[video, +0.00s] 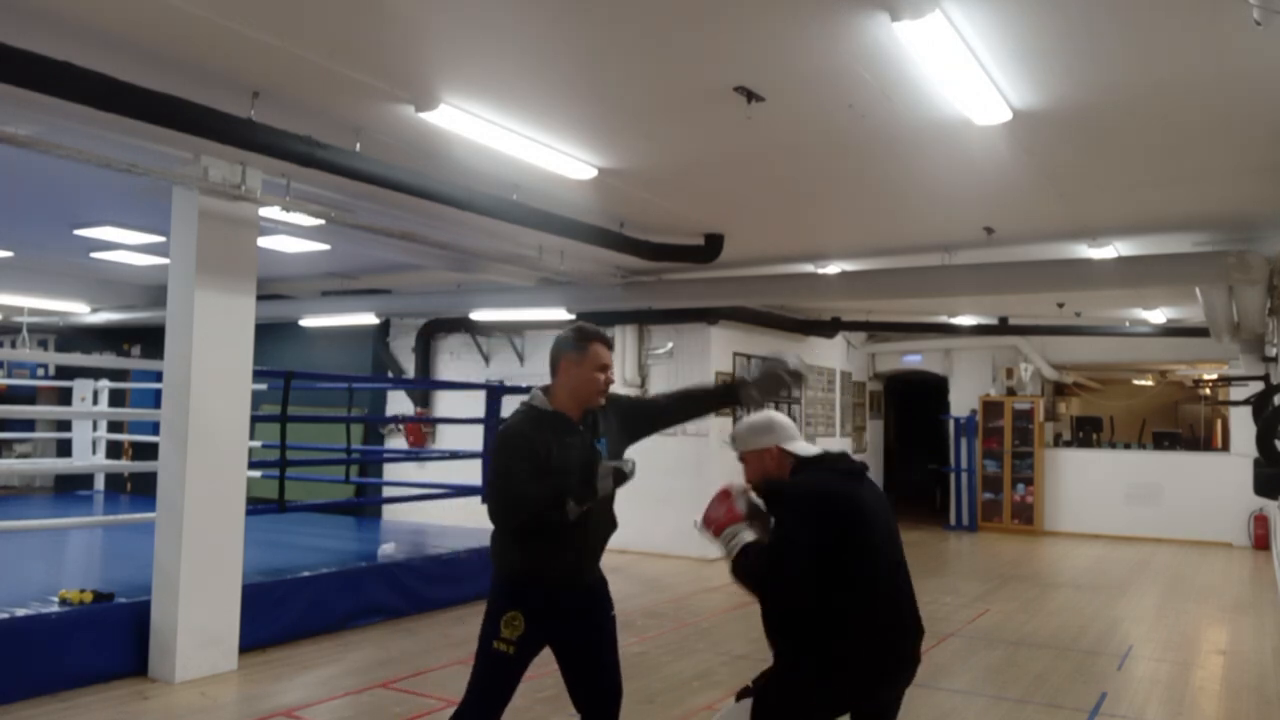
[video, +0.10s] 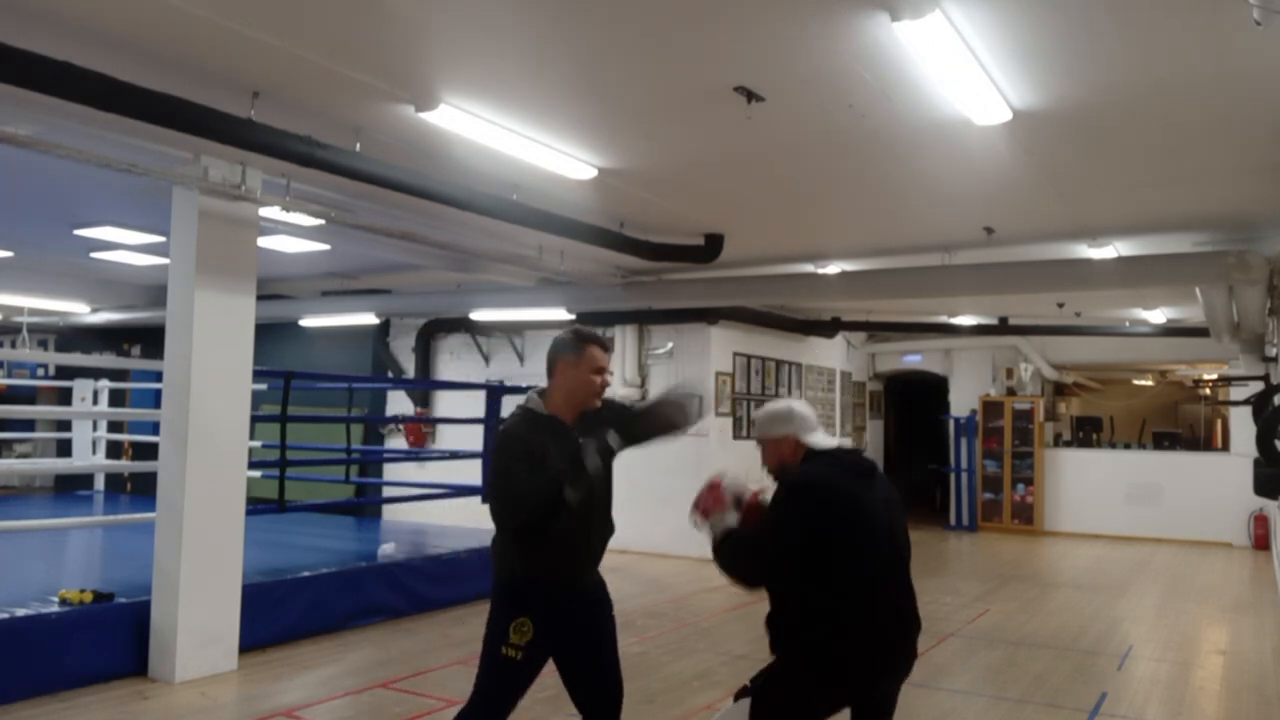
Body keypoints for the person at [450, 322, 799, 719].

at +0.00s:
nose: (610, 379)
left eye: (611, 370)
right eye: (601, 368)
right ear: (565, 367)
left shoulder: (608, 419)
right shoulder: (518, 435)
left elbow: (669, 409)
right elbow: (510, 517)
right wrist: (579, 499)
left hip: (583, 590)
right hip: (522, 592)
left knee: (602, 708)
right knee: (481, 709)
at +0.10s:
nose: (606, 383)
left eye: (607, 374)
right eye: (597, 372)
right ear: (561, 370)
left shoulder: (602, 421)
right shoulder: (518, 436)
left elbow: (648, 420)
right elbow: (514, 522)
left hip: (582, 587)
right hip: (526, 593)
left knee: (604, 706)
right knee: (488, 708)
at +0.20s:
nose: (594, 384)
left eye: (595, 374)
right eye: (584, 374)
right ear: (549, 375)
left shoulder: (589, 430)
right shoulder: (513, 431)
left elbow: (625, 484)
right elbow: (512, 512)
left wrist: (601, 504)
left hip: (575, 588)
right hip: (518, 593)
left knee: (600, 704)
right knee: (487, 708)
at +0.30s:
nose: (578, 393)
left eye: (580, 384)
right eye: (571, 382)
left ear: (543, 380)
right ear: (536, 378)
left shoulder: (562, 435)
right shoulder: (501, 434)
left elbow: (581, 496)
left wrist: (607, 533)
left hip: (558, 589)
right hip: (502, 593)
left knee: (591, 701)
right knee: (474, 709)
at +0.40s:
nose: (564, 393)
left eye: (565, 384)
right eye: (555, 383)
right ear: (519, 379)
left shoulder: (554, 434)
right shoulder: (485, 437)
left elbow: (578, 478)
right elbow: (531, 488)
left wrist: (629, 495)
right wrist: (593, 453)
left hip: (546, 592)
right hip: (487, 597)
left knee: (580, 699)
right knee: (465, 710)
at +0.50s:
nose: (560, 390)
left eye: (561, 381)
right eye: (553, 380)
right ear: (517, 374)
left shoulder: (555, 426)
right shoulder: (468, 440)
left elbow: (605, 454)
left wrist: (663, 455)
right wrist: (544, 469)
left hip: (540, 590)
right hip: (481, 594)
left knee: (561, 696)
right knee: (459, 708)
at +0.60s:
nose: (565, 388)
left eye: (567, 379)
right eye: (557, 377)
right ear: (522, 373)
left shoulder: (562, 427)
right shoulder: (477, 430)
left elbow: (620, 469)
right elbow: (477, 507)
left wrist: (656, 449)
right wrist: (518, 422)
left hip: (533, 588)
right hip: (475, 590)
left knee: (548, 696)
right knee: (453, 705)